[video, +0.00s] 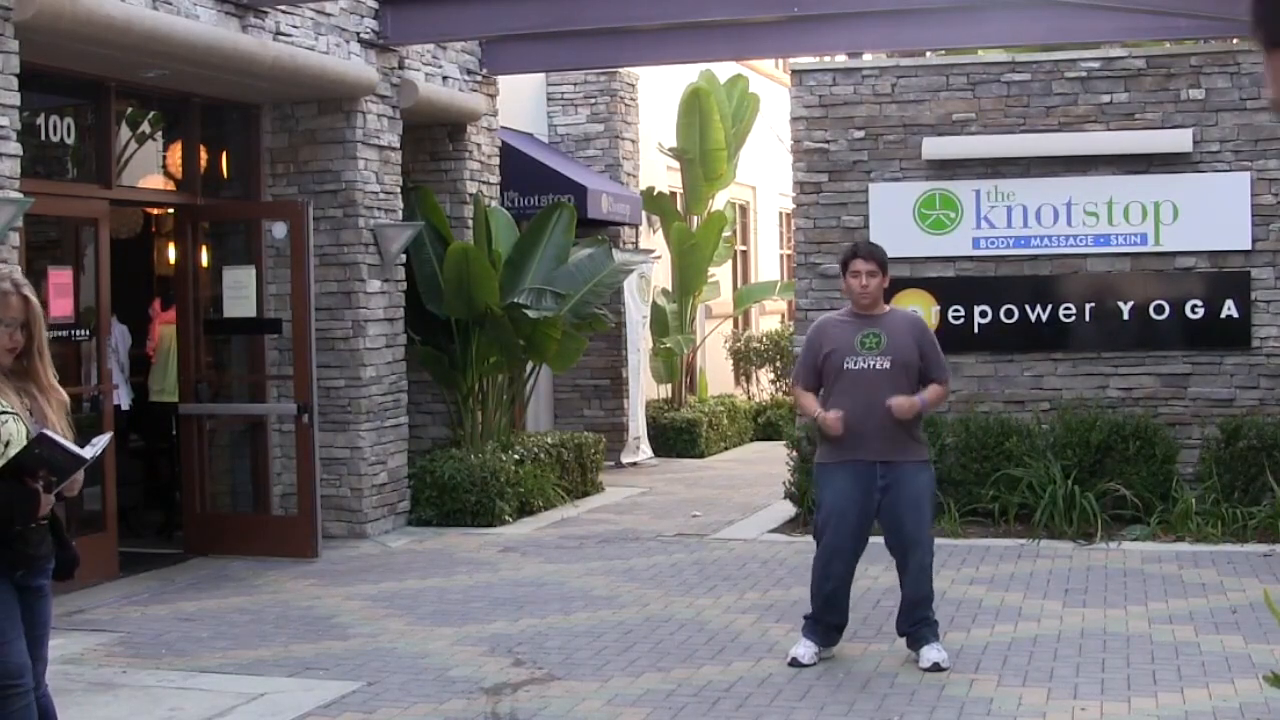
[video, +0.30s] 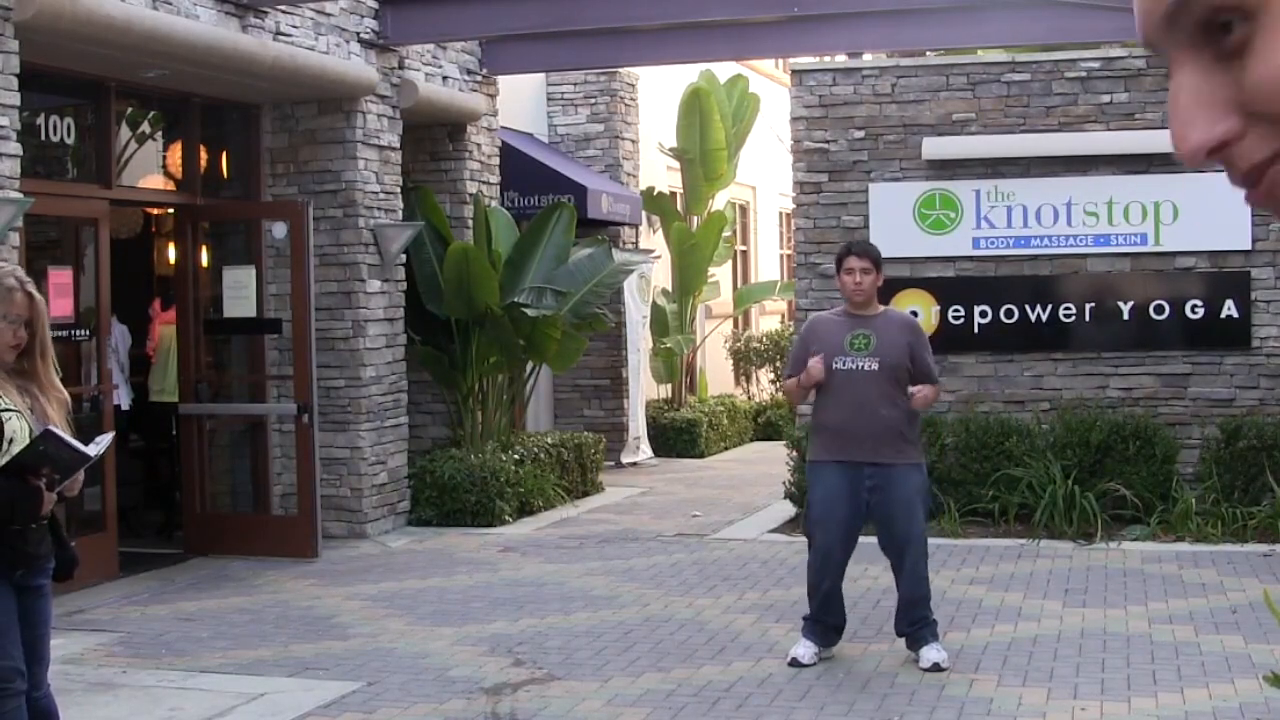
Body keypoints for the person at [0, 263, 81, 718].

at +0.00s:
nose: (12, 337)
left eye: (20, 326)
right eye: (4, 325)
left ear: (32, 329)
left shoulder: (46, 392)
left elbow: (66, 472)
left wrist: (70, 484)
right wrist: (30, 501)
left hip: (37, 553)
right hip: (3, 553)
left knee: (36, 682)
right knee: (17, 685)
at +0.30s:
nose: (16, 334)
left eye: (24, 323)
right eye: (8, 321)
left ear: (33, 328)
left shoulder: (42, 389)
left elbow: (63, 464)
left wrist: (70, 484)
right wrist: (32, 497)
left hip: (37, 553)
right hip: (2, 553)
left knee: (37, 684)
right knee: (12, 686)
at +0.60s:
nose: (15, 331)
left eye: (23, 322)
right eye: (7, 318)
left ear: (31, 329)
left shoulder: (42, 391)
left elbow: (62, 465)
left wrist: (69, 484)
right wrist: (29, 499)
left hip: (36, 557)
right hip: (1, 555)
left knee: (37, 689)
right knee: (3, 687)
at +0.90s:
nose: (4, 334)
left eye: (11, 323)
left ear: (22, 330)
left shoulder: (36, 394)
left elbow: (55, 477)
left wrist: (63, 485)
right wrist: (12, 504)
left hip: (30, 567)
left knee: (44, 701)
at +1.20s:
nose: (4, 332)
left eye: (11, 321)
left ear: (23, 328)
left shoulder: (40, 393)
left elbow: (56, 475)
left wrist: (65, 483)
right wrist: (8, 504)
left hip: (32, 564)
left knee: (45, 700)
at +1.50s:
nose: (10, 337)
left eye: (18, 326)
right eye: (2, 325)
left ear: (30, 331)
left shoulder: (42, 393)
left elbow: (64, 472)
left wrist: (71, 483)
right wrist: (15, 503)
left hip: (35, 565)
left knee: (46, 699)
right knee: (16, 699)